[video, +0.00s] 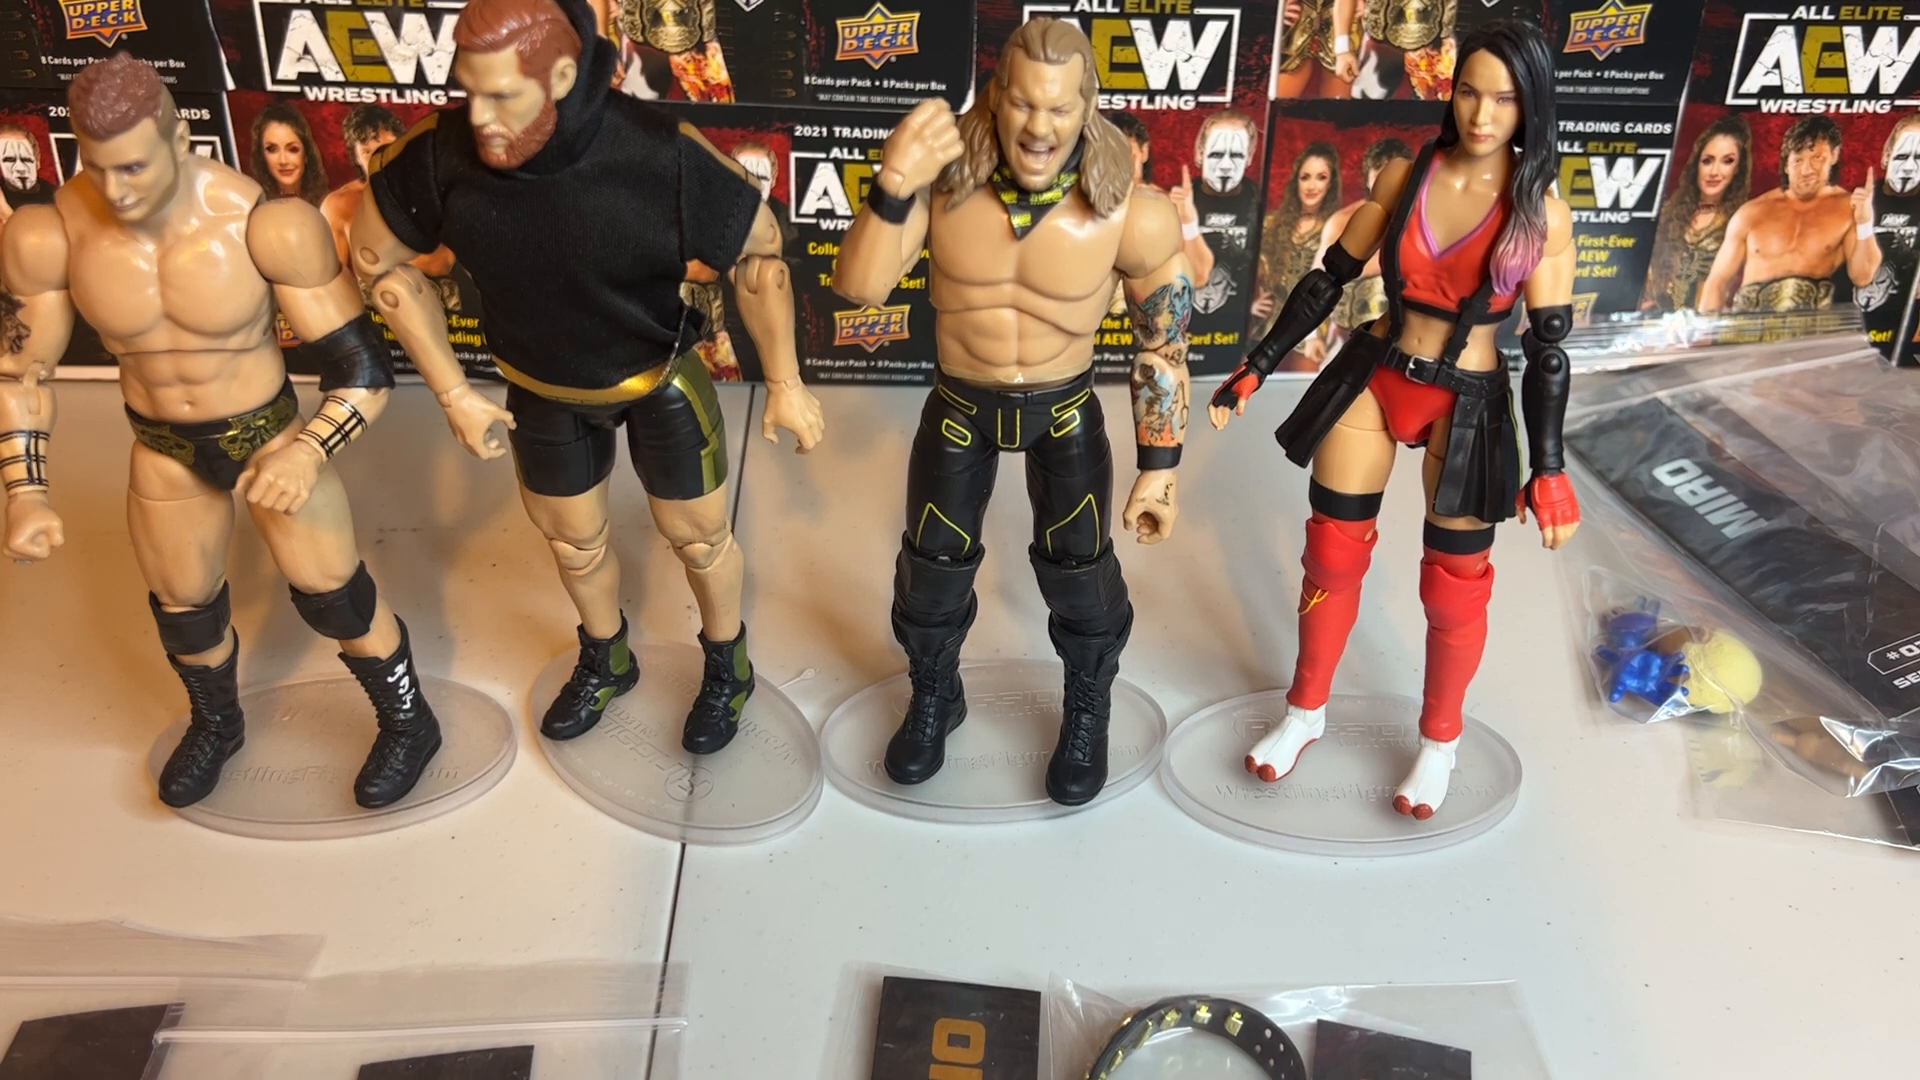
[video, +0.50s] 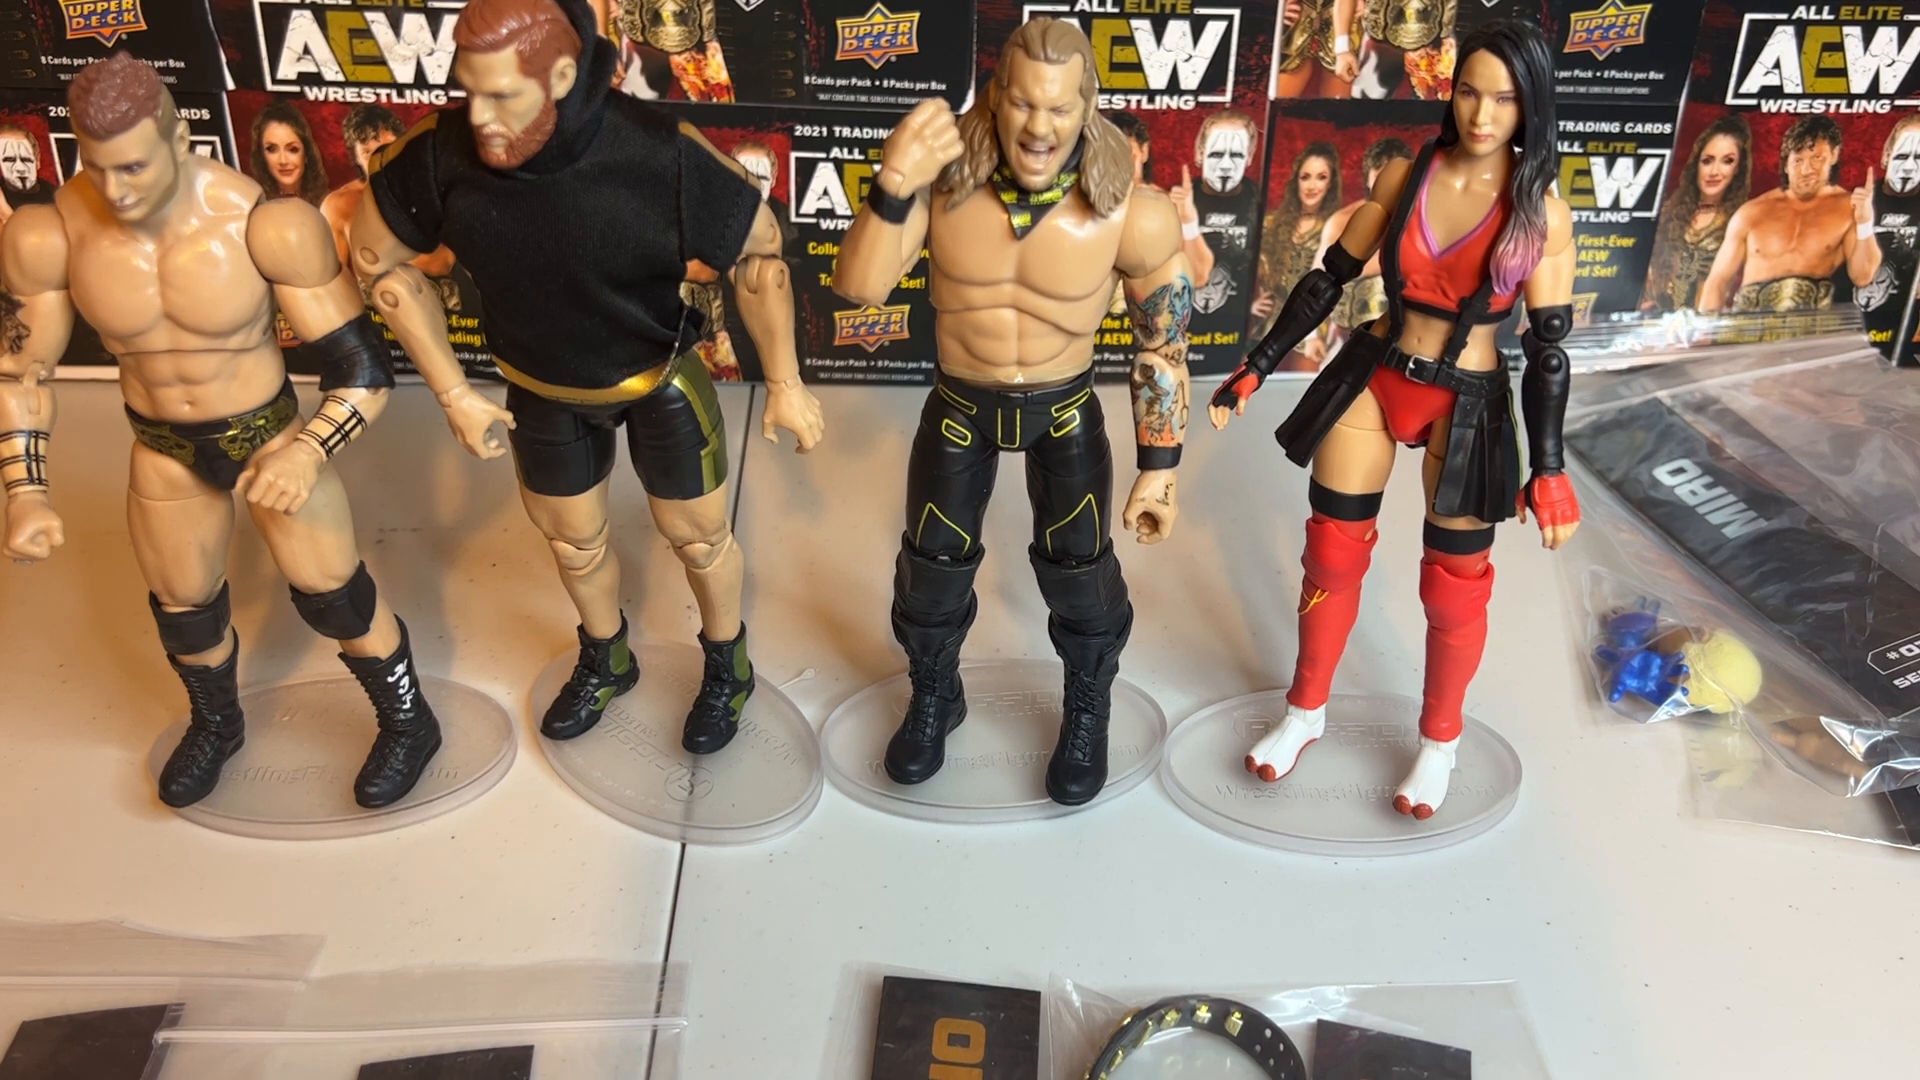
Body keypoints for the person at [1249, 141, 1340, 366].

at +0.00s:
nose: (1312, 185)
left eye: (1321, 178)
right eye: (1305, 177)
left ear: (1332, 183)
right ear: (1295, 180)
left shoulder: (1338, 228)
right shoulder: (1271, 224)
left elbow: (1337, 286)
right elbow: (1255, 273)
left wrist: (1321, 336)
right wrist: (1253, 302)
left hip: (1312, 333)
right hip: (1269, 328)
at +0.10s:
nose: (1312, 185)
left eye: (1321, 177)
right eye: (1305, 177)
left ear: (1332, 183)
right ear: (1295, 180)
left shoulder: (1338, 230)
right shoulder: (1270, 225)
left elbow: (1336, 286)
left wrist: (1320, 335)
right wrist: (1252, 302)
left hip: (1311, 333)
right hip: (1268, 328)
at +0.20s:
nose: (1312, 185)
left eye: (1321, 177)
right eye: (1305, 177)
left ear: (1332, 183)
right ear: (1295, 181)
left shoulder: (1337, 229)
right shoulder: (1270, 224)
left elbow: (1333, 285)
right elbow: (1253, 274)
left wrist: (1320, 334)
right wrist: (1253, 301)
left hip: (1310, 334)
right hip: (1268, 328)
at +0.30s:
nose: (1312, 185)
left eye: (1321, 178)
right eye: (1305, 177)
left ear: (1332, 183)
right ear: (1295, 181)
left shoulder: (1337, 229)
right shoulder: (1270, 224)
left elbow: (1335, 286)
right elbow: (1252, 273)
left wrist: (1320, 335)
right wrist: (1252, 301)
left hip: (1310, 333)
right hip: (1268, 328)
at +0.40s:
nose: (1312, 185)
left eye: (1321, 177)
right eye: (1305, 177)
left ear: (1331, 182)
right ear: (1295, 180)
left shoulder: (1338, 228)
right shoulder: (1271, 224)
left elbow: (1335, 285)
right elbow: (1255, 273)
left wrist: (1321, 335)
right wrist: (1253, 302)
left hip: (1311, 331)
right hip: (1269, 327)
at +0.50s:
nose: (1312, 185)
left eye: (1321, 177)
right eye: (1305, 177)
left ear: (1332, 182)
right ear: (1295, 180)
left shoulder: (1338, 229)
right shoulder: (1270, 225)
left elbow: (1336, 287)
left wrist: (1321, 335)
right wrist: (1254, 302)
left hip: (1313, 334)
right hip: (1269, 328)